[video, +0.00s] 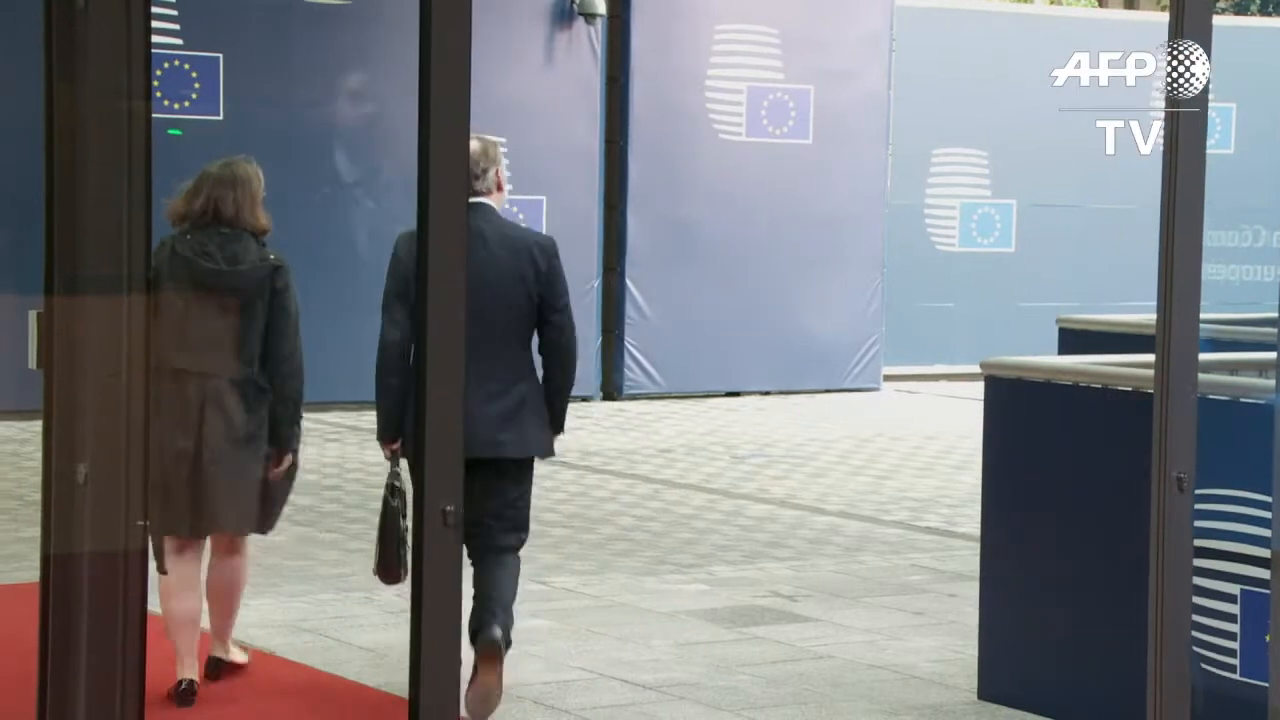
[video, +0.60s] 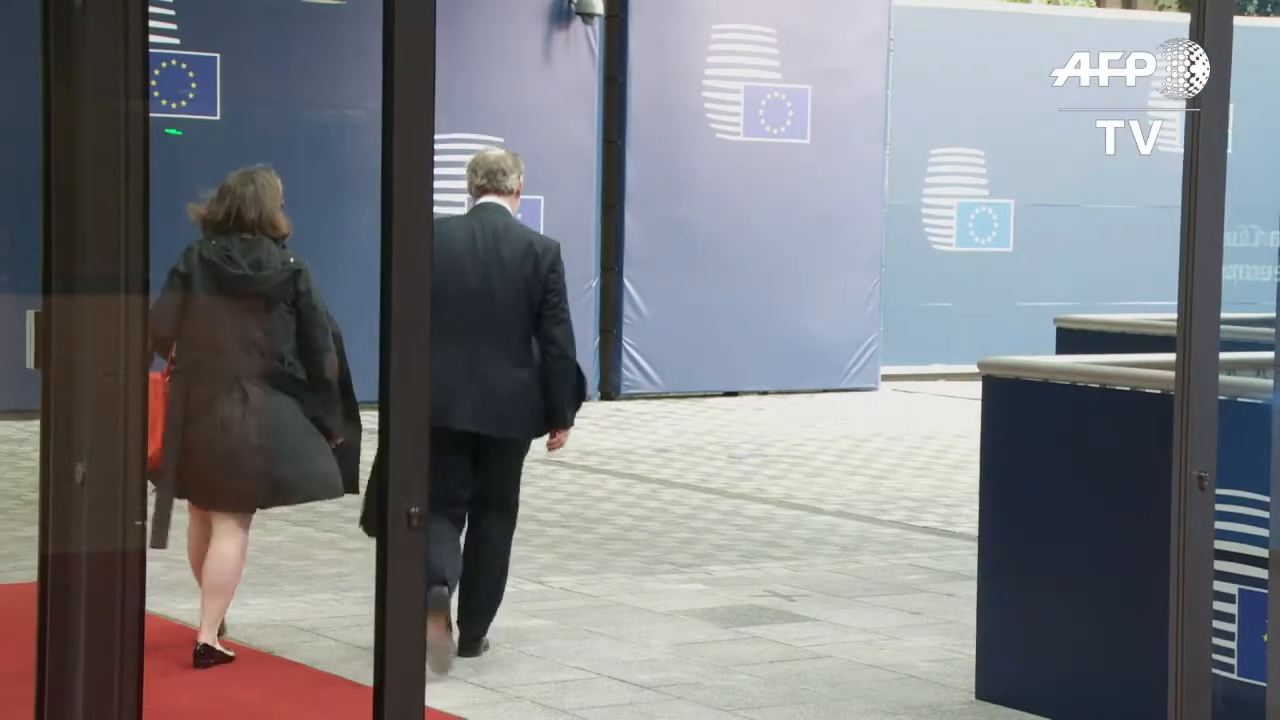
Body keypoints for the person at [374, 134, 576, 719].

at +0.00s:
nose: (506, 184)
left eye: (499, 175)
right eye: (505, 177)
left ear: (447, 181)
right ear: (497, 182)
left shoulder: (413, 246)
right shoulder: (535, 248)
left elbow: (394, 341)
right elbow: (561, 344)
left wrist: (390, 422)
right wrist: (551, 415)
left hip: (433, 429)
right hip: (507, 427)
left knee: (435, 554)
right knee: (499, 543)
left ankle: (435, 680)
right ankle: (491, 639)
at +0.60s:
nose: (518, 198)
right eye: (520, 192)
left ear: (471, 190)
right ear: (517, 193)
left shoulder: (432, 236)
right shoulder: (540, 250)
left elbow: (405, 315)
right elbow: (556, 337)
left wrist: (401, 395)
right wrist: (561, 411)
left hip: (438, 404)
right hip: (508, 408)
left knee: (441, 507)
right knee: (493, 518)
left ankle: (437, 590)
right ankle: (472, 633)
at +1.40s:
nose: (550, 191)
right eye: (550, 185)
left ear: (503, 186)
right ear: (546, 187)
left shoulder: (466, 232)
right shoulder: (565, 236)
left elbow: (447, 310)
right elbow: (583, 315)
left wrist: (445, 373)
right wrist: (584, 379)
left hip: (481, 380)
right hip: (542, 381)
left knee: (483, 483)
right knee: (543, 474)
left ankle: (486, 595)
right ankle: (539, 577)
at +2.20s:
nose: (606, 201)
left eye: (604, 195)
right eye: (605, 195)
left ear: (562, 200)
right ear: (599, 199)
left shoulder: (529, 243)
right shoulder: (611, 246)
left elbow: (510, 313)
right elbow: (621, 317)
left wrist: (503, 370)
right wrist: (620, 370)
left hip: (540, 377)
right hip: (592, 377)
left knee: (554, 461)